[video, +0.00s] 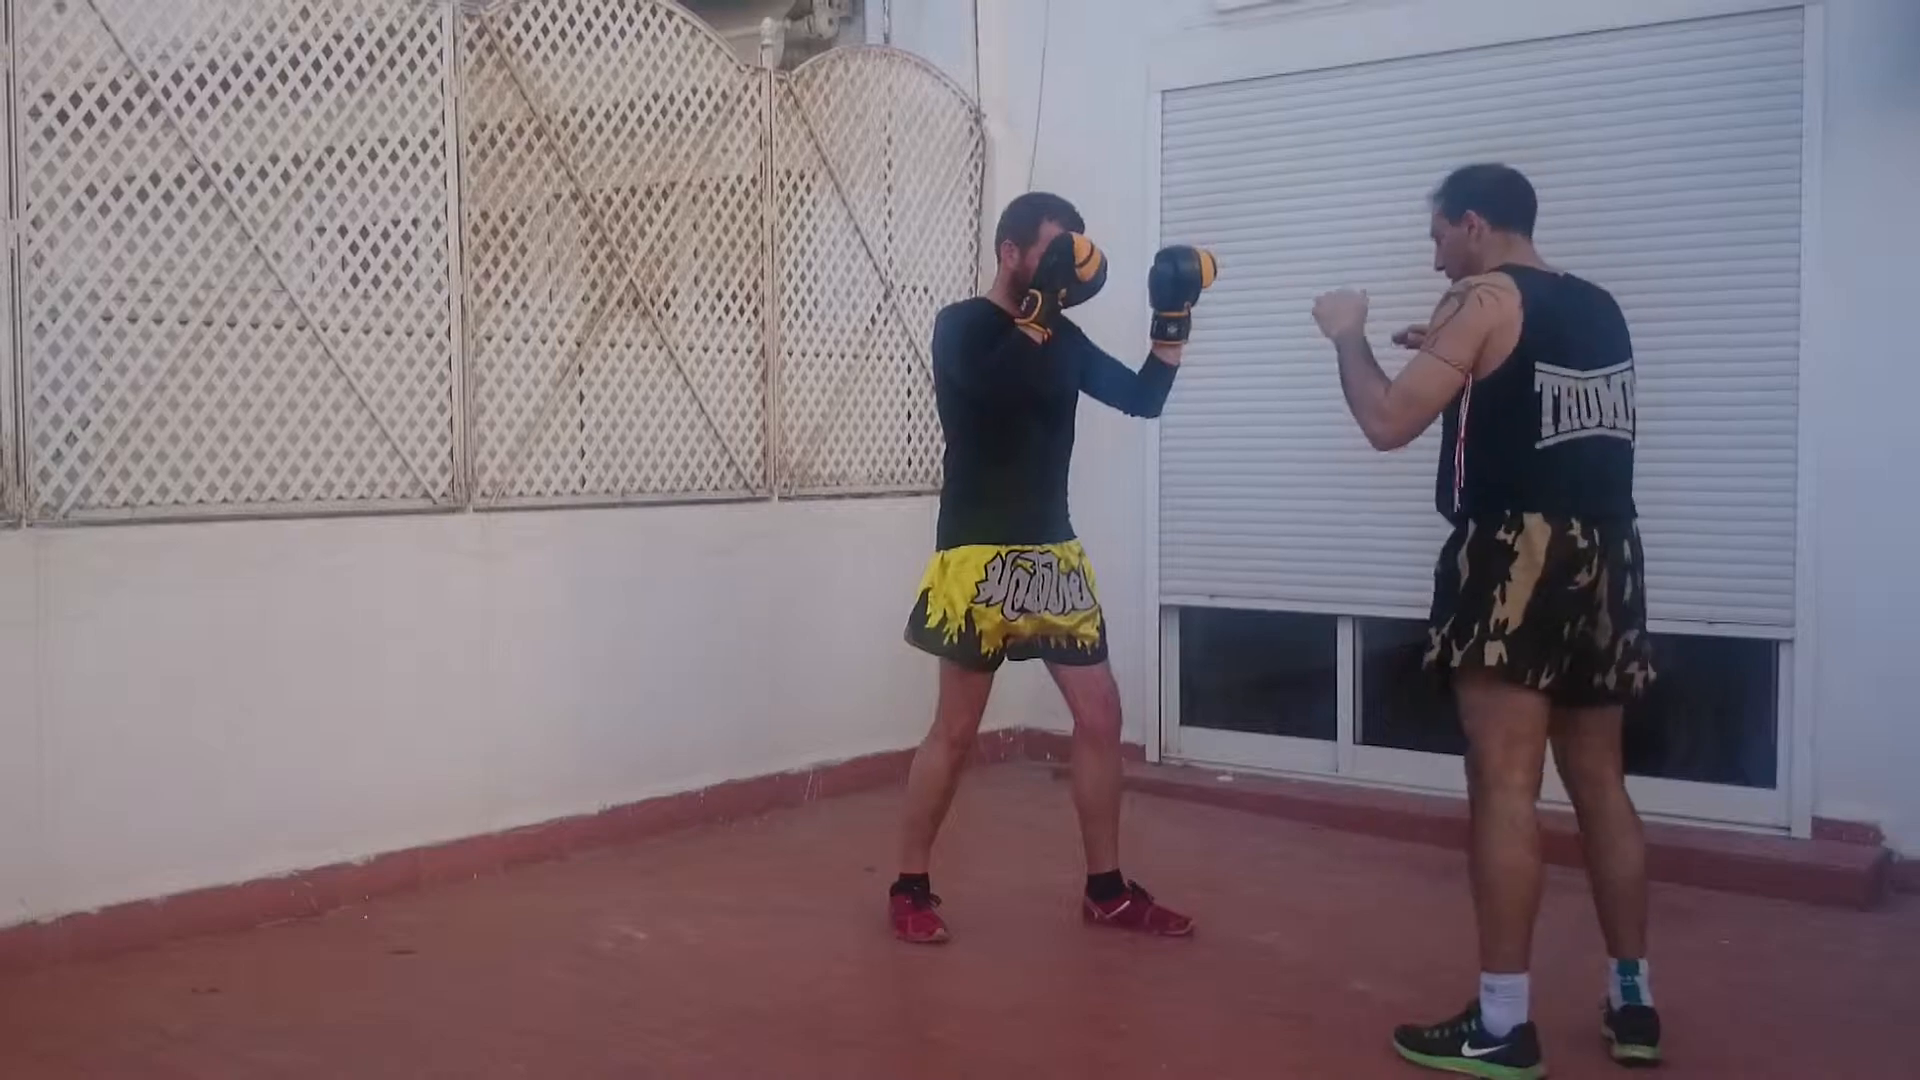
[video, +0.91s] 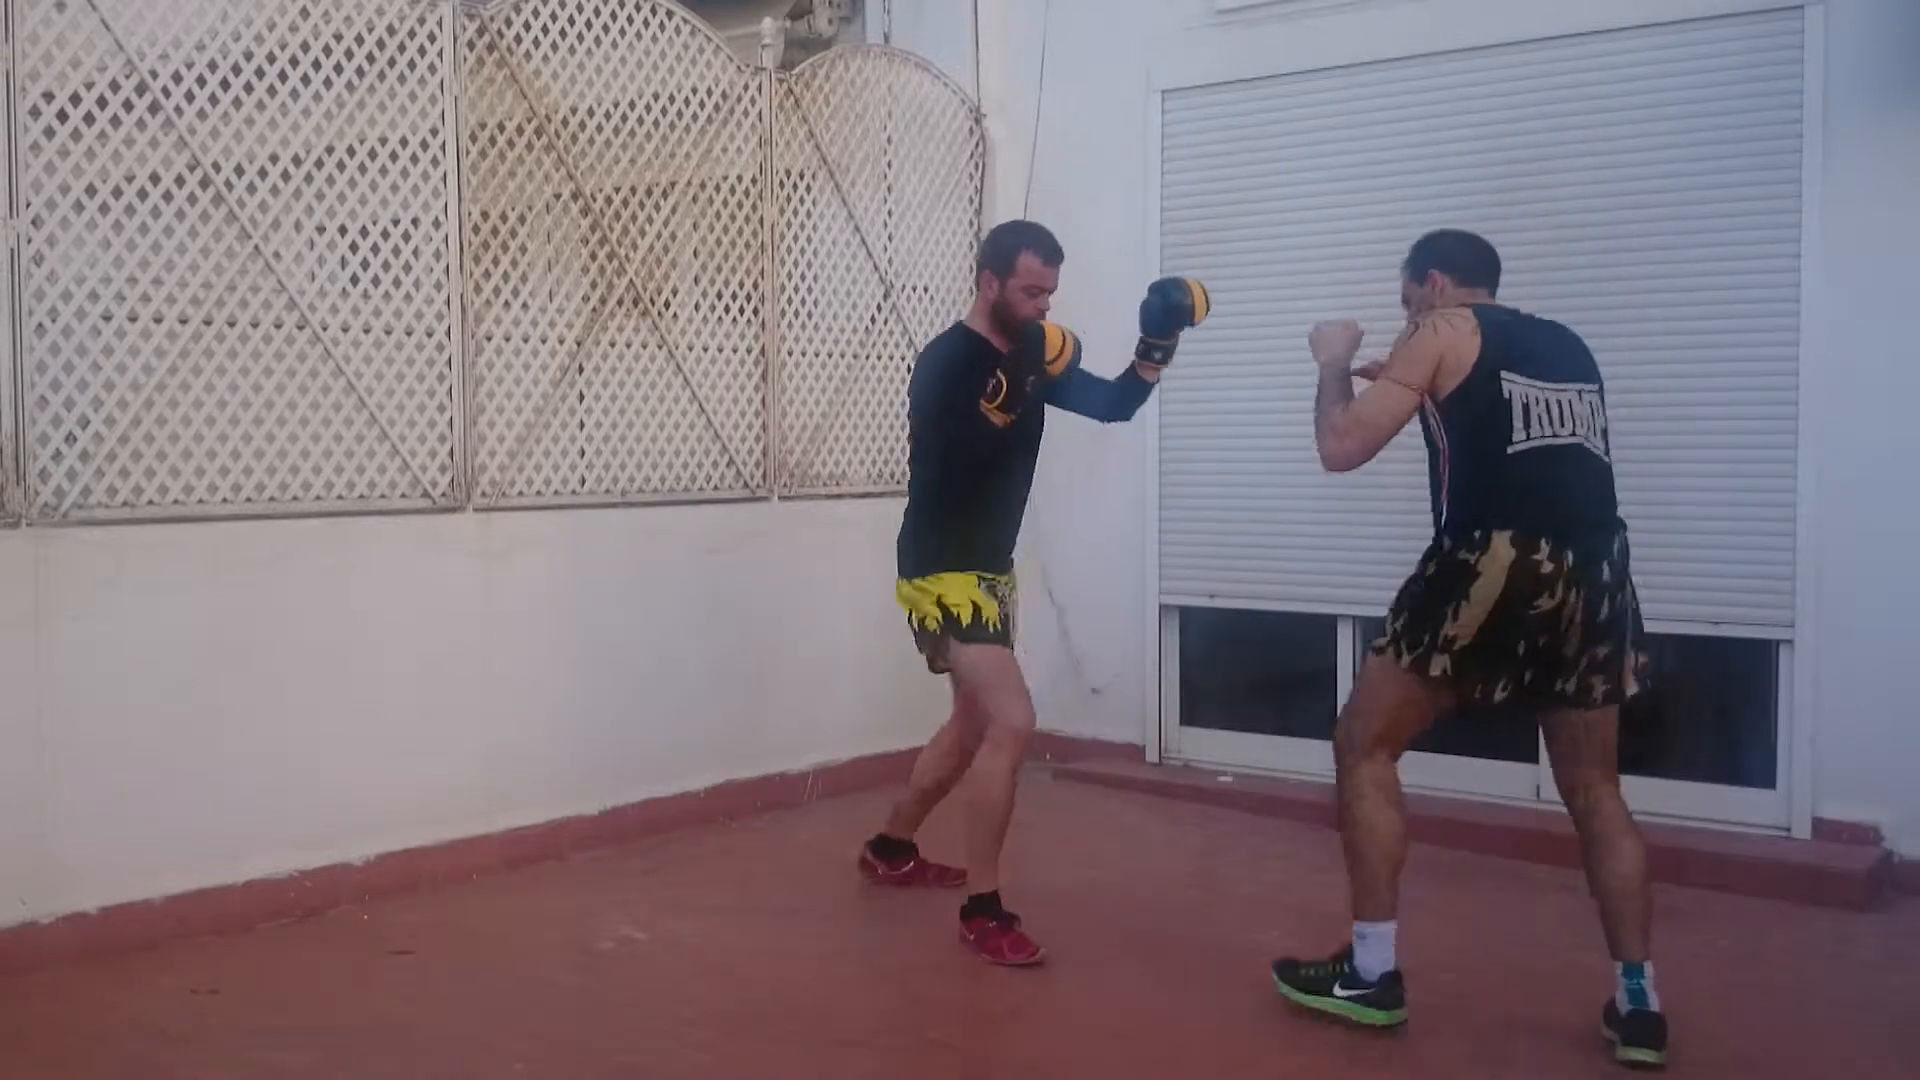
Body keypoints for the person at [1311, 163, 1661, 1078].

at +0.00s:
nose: (1440, 252)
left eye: (1442, 236)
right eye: (1438, 238)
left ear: (1473, 225)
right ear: (1522, 225)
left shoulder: (1488, 301)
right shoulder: (1599, 305)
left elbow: (1389, 420)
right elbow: (1541, 405)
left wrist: (1348, 335)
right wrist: (1460, 339)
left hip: (1513, 564)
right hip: (1605, 566)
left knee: (1504, 787)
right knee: (1601, 784)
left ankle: (1499, 1023)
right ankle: (1633, 1004)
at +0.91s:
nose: (1409, 316)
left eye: (1408, 303)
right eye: (1406, 306)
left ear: (1434, 285)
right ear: (1489, 285)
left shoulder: (1442, 333)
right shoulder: (1567, 346)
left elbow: (1341, 447)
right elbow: (1530, 444)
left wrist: (1331, 366)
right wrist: (1417, 378)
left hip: (1488, 573)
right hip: (1595, 588)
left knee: (1364, 745)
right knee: (1595, 791)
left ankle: (1371, 973)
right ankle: (1639, 1003)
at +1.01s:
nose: (1371, 374)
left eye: (1373, 363)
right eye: (1373, 364)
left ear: (1393, 351)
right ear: (1451, 346)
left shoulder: (1385, 393)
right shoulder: (1531, 382)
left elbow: (1279, 496)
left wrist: (1290, 428)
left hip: (1465, 589)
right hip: (1581, 591)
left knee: (1328, 753)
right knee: (1613, 794)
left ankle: (1236, 938)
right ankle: (1641, 1004)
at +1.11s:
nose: (1319, 431)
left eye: (1319, 422)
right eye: (1321, 422)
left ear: (1339, 412)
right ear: (1400, 401)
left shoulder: (1329, 456)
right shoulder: (1472, 417)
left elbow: (1218, 552)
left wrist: (1256, 497)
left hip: (1423, 615)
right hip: (1544, 604)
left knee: (1295, 769)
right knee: (1607, 794)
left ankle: (1173, 925)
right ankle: (1644, 1003)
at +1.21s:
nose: (1254, 464)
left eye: (1254, 452)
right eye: (1257, 453)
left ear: (1270, 448)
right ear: (1326, 430)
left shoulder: (1257, 489)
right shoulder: (1394, 433)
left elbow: (1167, 591)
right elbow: (1423, 515)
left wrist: (1161, 602)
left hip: (1354, 605)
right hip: (1470, 587)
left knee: (1255, 782)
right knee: (1563, 795)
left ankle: (1158, 930)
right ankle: (1640, 997)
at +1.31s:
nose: (1213, 468)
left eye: (1213, 461)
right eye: (1212, 460)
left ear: (1226, 455)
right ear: (1281, 432)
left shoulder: (1217, 494)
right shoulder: (1346, 435)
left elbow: (1146, 608)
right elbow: (1411, 525)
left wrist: (1145, 645)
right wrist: (1400, 597)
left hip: (1280, 593)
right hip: (1393, 580)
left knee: (1215, 750)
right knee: (1511, 787)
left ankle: (1149, 928)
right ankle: (1573, 1001)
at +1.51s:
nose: (1294, 310)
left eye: (1289, 301)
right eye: (1276, 300)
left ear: (1223, 345)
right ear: (1232, 326)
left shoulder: (1198, 427)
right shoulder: (1263, 350)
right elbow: (1390, 361)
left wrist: (1316, 385)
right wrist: (1318, 361)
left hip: (1220, 593)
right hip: (1294, 572)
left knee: (1252, 769)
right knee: (1405, 774)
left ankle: (1123, 922)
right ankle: (1396, 1013)